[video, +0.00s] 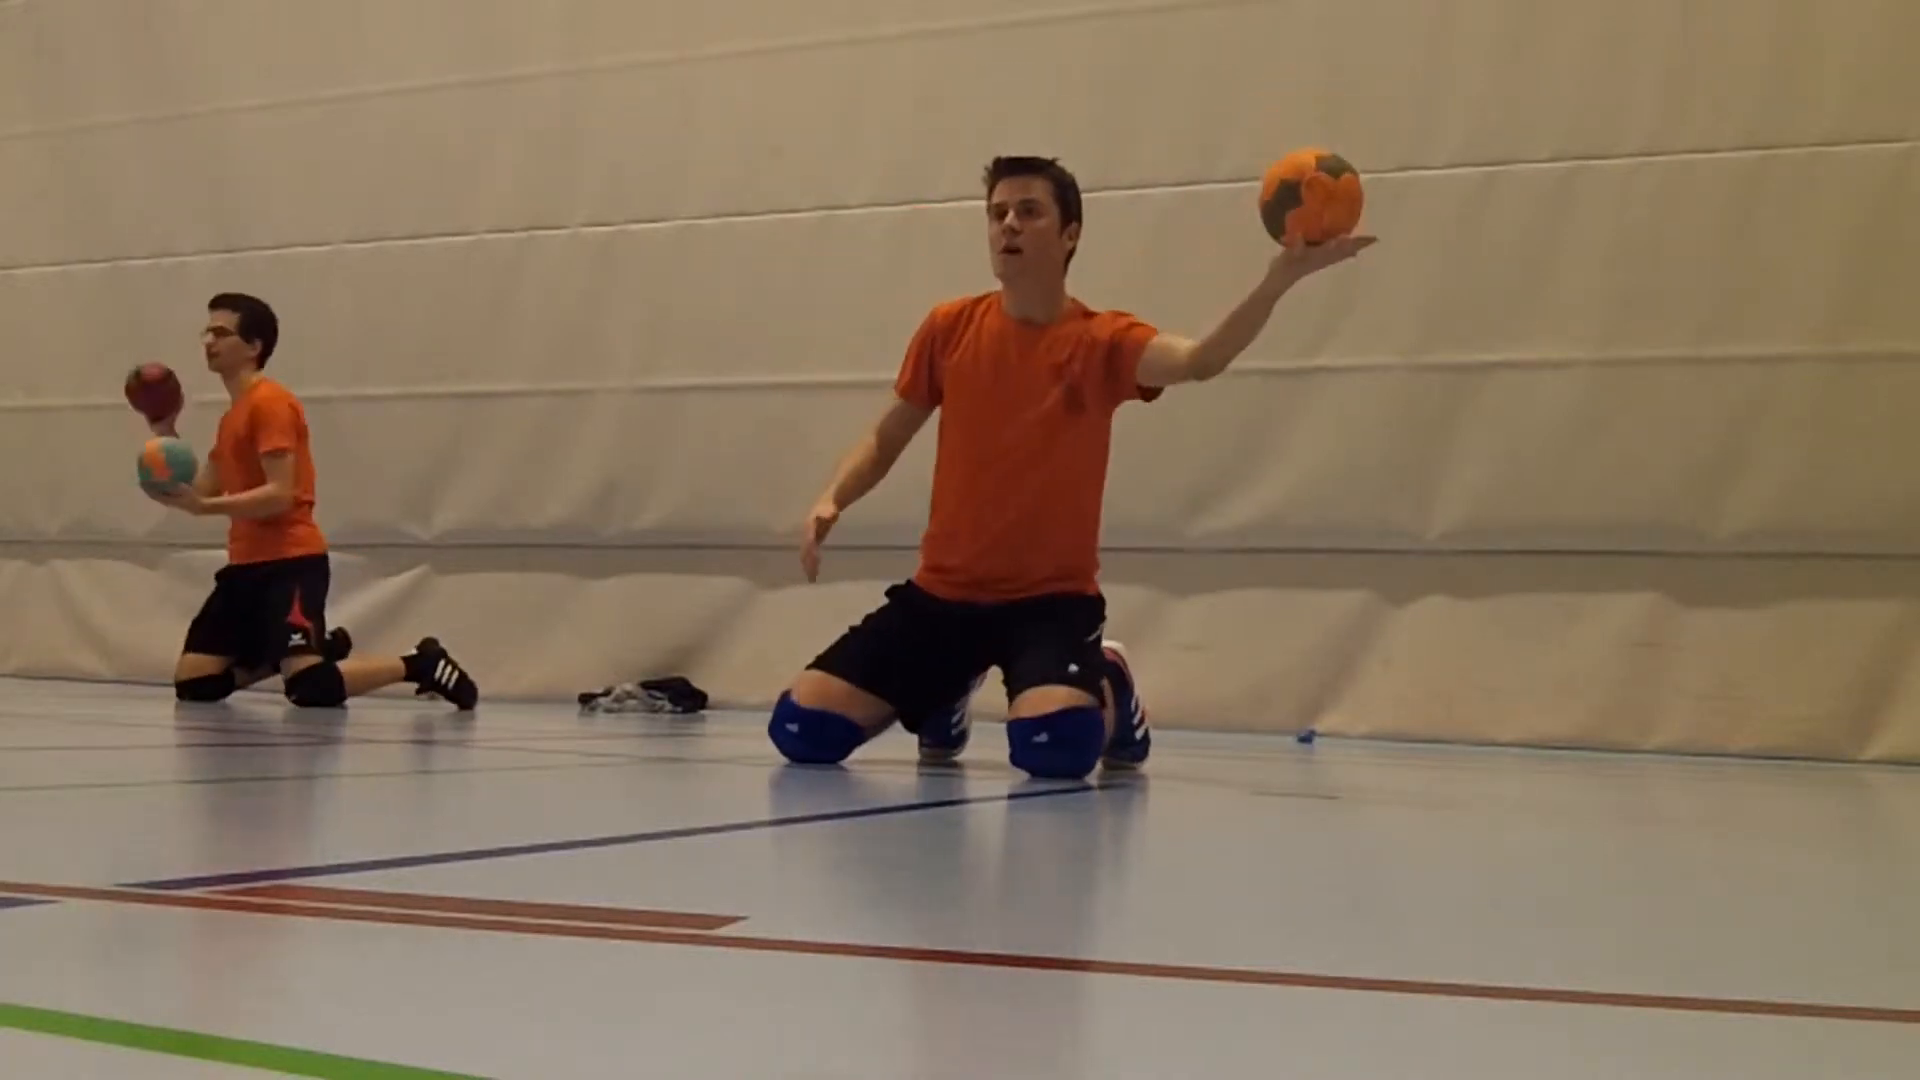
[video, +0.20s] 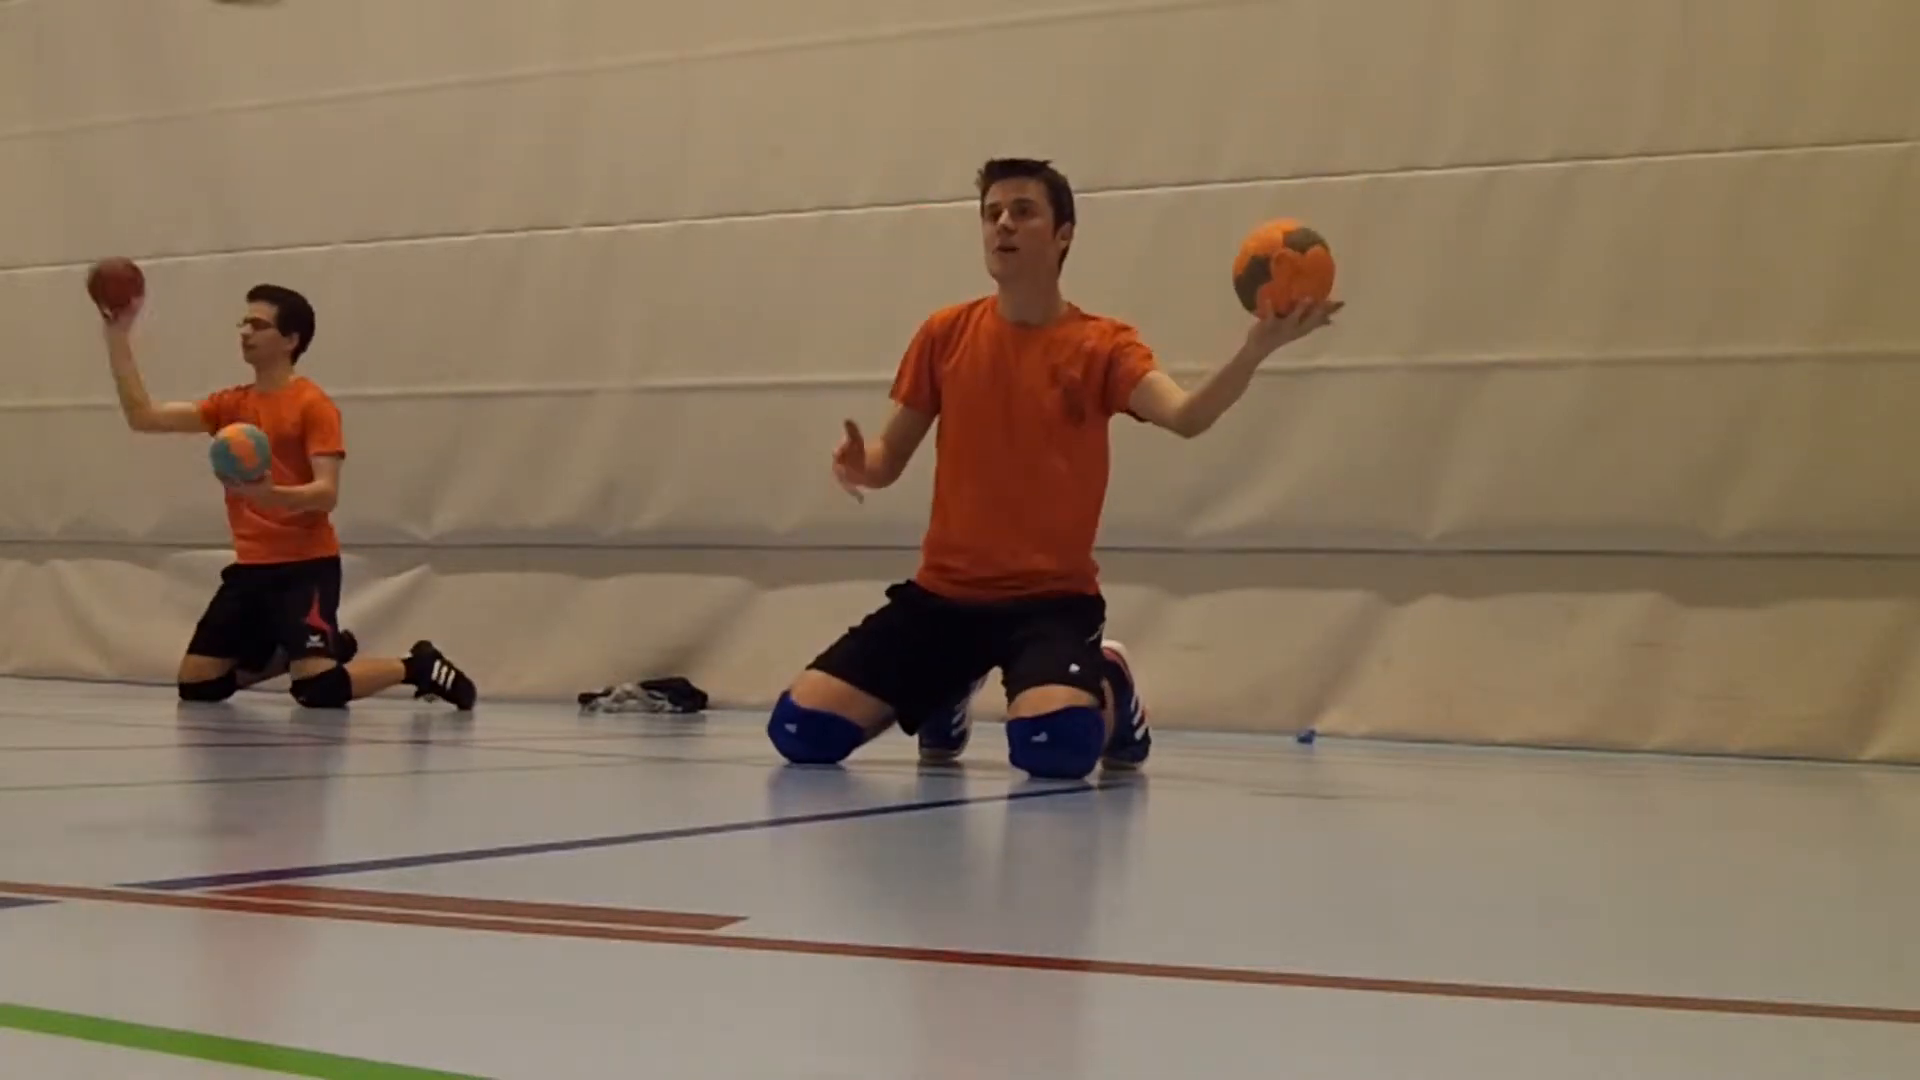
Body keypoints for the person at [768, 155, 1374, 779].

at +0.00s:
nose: (1008, 225)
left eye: (1028, 211)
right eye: (997, 213)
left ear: (1068, 235)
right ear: (985, 234)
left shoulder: (1101, 339)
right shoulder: (950, 329)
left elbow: (1200, 359)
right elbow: (887, 439)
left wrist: (1287, 272)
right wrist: (833, 498)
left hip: (1051, 603)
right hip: (942, 597)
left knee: (1050, 754)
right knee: (799, 736)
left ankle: (1110, 689)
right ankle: (937, 684)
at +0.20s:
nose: (1002, 225)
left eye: (1022, 211)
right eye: (991, 214)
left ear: (1063, 236)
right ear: (980, 236)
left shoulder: (1100, 344)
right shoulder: (945, 336)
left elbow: (1187, 415)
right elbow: (888, 456)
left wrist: (1257, 346)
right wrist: (861, 468)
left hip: (1052, 603)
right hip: (943, 597)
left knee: (1052, 753)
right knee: (800, 734)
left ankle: (1109, 685)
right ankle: (938, 683)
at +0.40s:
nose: (996, 220)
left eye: (1017, 207)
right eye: (988, 209)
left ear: (1060, 231)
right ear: (979, 230)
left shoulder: (1105, 341)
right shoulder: (951, 333)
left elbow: (1166, 443)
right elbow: (877, 448)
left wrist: (1219, 382)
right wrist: (850, 347)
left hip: (1057, 595)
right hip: (951, 590)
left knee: (1039, 752)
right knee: (816, 737)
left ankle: (1110, 684)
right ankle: (946, 684)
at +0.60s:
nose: (1000, 238)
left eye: (1020, 224)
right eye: (994, 228)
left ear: (1068, 243)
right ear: (988, 245)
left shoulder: (1112, 349)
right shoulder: (968, 346)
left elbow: (1147, 466)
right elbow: (941, 474)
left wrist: (1184, 405)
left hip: (1059, 602)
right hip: (956, 597)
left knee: (1044, 749)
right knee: (822, 734)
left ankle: (1107, 684)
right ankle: (945, 686)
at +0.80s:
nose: (998, 241)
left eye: (1019, 229)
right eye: (992, 232)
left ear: (1064, 252)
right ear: (983, 254)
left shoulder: (1113, 360)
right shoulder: (965, 353)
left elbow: (1146, 484)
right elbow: (946, 470)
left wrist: (1175, 430)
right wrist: (896, 515)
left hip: (1063, 605)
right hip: (963, 598)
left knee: (1049, 750)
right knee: (828, 735)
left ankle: (1114, 689)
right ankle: (942, 689)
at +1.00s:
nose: (981, 246)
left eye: (1001, 231)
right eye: (973, 235)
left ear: (1046, 248)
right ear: (966, 253)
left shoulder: (1104, 342)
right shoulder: (981, 356)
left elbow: (1152, 465)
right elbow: (987, 492)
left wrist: (1174, 391)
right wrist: (902, 482)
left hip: (1056, 607)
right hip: (952, 601)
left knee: (1049, 751)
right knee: (819, 735)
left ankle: (1109, 686)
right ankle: (936, 686)